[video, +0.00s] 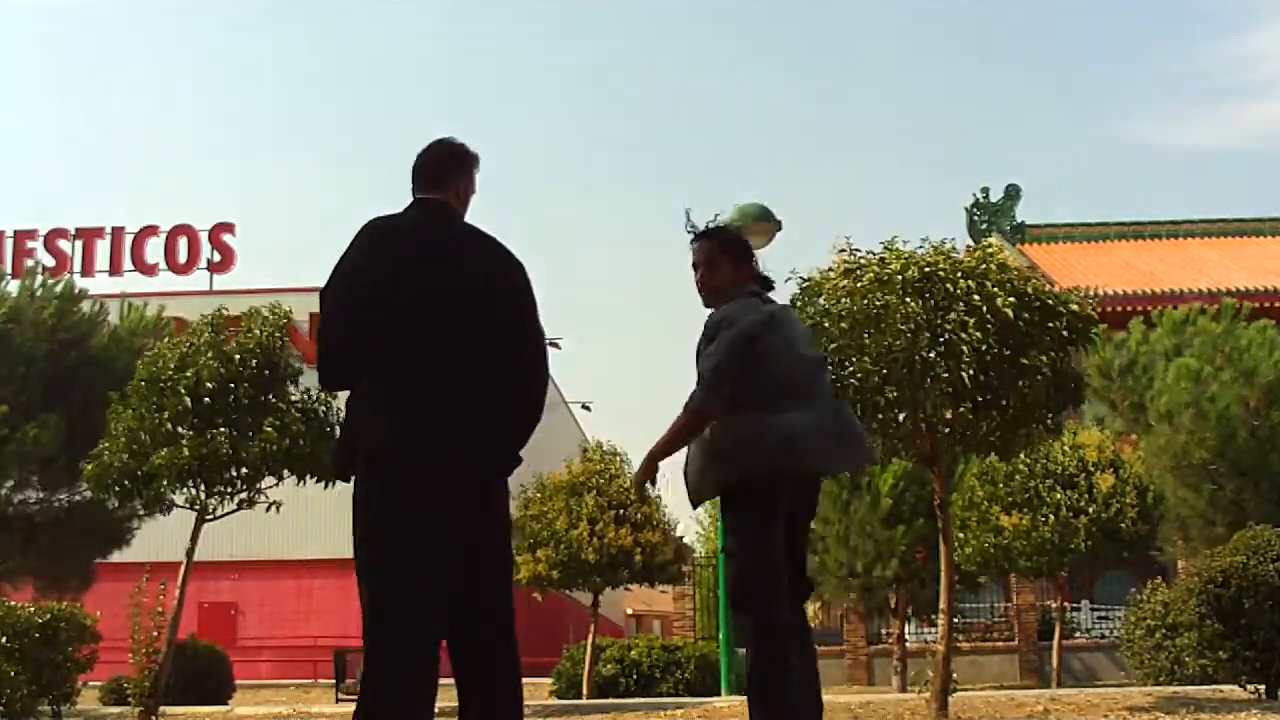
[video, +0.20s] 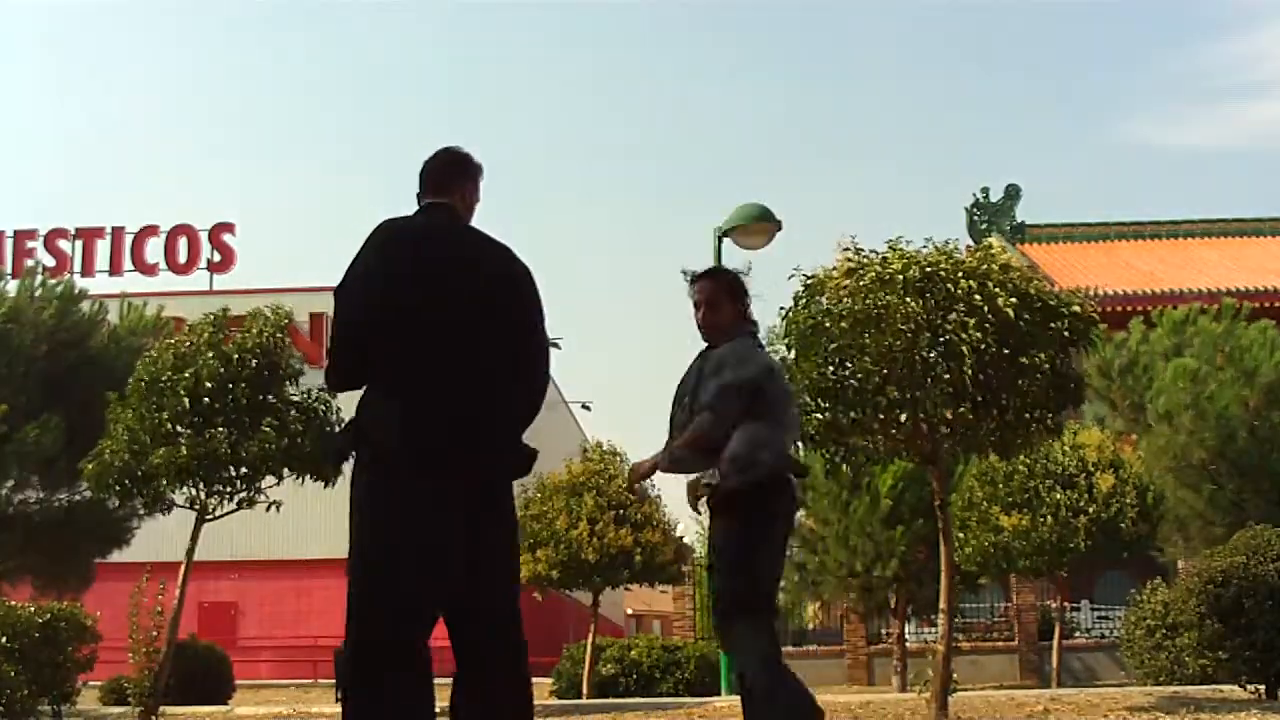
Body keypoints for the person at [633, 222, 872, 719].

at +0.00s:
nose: (697, 278)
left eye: (704, 267)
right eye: (694, 268)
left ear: (737, 267)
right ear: (742, 270)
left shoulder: (738, 322)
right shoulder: (778, 318)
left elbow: (703, 408)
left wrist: (652, 460)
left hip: (758, 479)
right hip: (792, 476)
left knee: (760, 605)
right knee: (781, 602)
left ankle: (776, 710)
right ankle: (799, 708)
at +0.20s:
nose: (699, 315)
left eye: (709, 305)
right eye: (696, 307)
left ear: (740, 308)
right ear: (695, 310)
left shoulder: (739, 357)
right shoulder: (720, 359)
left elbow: (711, 430)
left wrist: (659, 461)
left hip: (755, 494)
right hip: (737, 495)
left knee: (741, 617)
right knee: (739, 617)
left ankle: (784, 710)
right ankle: (780, 709)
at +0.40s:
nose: (689, 316)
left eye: (699, 307)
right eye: (683, 309)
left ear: (727, 310)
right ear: (680, 315)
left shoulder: (720, 353)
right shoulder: (708, 361)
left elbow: (730, 422)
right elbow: (688, 426)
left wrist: (718, 486)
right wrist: (646, 437)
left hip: (723, 494)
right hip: (752, 499)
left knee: (681, 597)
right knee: (751, 610)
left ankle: (717, 701)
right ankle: (759, 708)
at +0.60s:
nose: (659, 347)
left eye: (669, 338)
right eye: (655, 340)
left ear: (697, 340)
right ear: (654, 345)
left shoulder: (687, 385)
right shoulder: (693, 387)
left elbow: (722, 438)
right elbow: (656, 455)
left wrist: (748, 489)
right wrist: (617, 441)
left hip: (680, 526)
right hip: (724, 526)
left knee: (663, 645)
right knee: (743, 642)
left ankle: (663, 714)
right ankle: (767, 714)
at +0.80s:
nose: (617, 362)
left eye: (623, 353)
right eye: (615, 355)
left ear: (651, 352)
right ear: (656, 355)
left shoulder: (649, 396)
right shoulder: (682, 396)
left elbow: (654, 461)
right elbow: (702, 467)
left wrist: (643, 519)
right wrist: (688, 522)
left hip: (656, 526)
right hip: (686, 527)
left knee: (634, 623)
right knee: (675, 623)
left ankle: (656, 710)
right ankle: (712, 700)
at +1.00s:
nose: (590, 380)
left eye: (596, 371)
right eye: (587, 372)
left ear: (620, 369)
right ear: (631, 372)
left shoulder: (617, 409)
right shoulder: (657, 410)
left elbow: (599, 468)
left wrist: (541, 500)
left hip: (629, 535)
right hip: (657, 534)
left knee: (632, 629)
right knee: (638, 627)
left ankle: (654, 710)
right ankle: (638, 706)